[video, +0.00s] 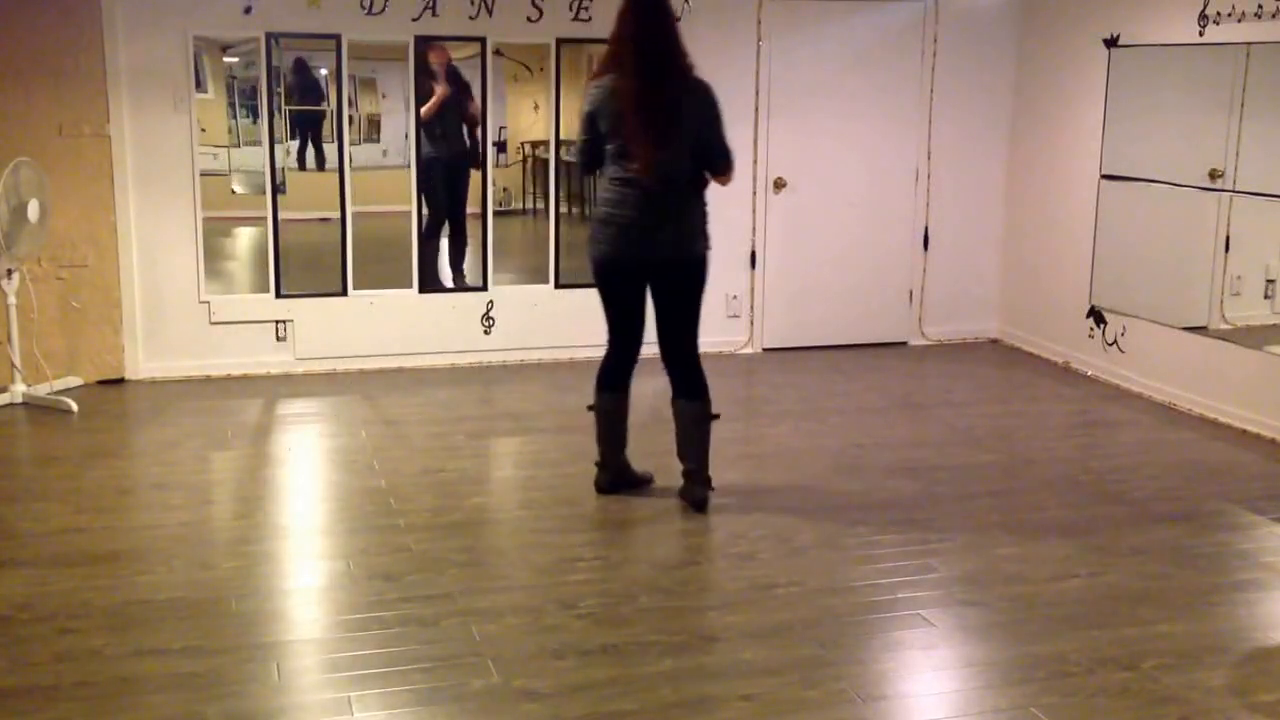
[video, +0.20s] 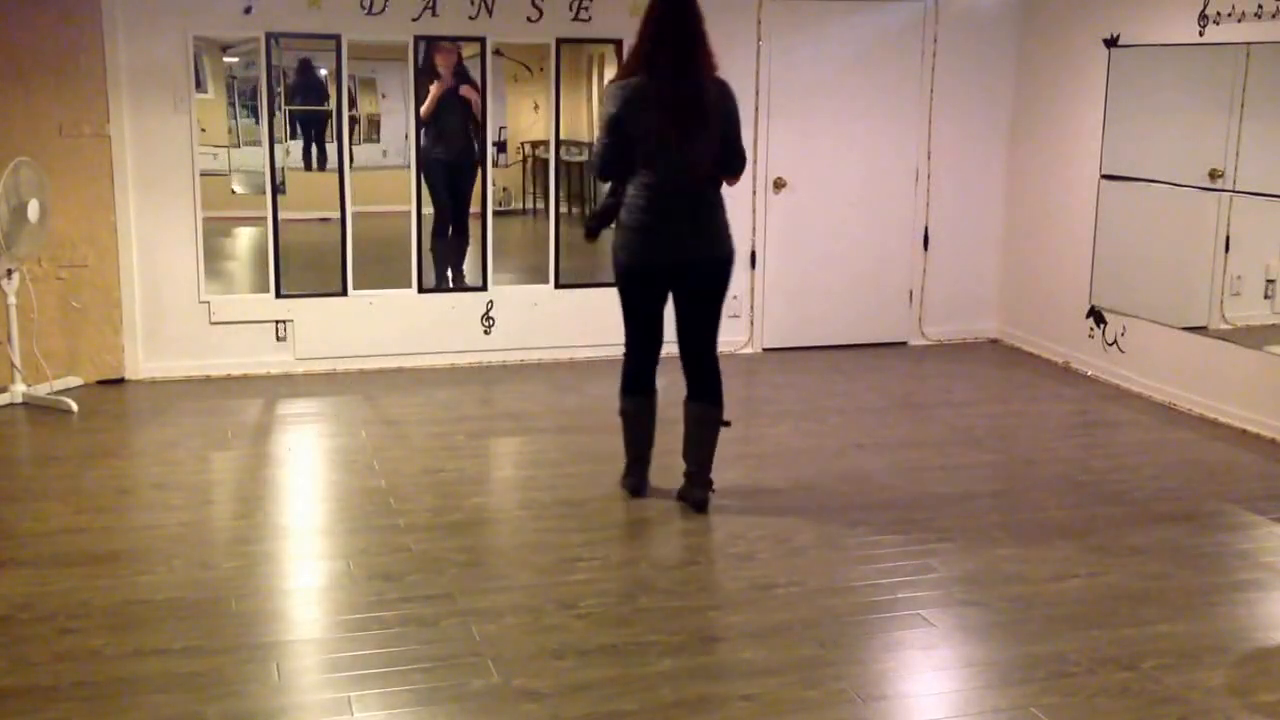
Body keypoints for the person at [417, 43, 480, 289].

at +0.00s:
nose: (441, 55)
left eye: (444, 50)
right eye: (435, 51)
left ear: (449, 55)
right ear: (426, 56)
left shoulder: (456, 79)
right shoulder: (420, 81)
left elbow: (473, 116)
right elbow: (417, 118)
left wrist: (472, 111)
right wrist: (439, 95)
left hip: (458, 155)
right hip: (431, 157)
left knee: (458, 217)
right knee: (438, 215)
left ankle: (458, 273)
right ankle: (428, 276)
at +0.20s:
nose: (447, 55)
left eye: (451, 50)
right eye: (441, 50)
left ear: (458, 55)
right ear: (432, 55)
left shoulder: (467, 83)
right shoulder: (424, 81)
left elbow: (483, 119)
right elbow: (419, 119)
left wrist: (474, 98)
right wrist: (433, 95)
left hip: (465, 156)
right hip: (434, 156)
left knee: (460, 214)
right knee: (443, 212)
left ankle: (458, 269)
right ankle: (440, 273)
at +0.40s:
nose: (449, 57)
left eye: (454, 52)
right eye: (444, 51)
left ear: (460, 55)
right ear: (434, 54)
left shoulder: (469, 83)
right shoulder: (424, 81)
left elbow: (481, 121)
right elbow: (419, 119)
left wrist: (472, 98)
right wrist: (432, 95)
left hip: (466, 157)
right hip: (435, 156)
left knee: (462, 216)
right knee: (443, 213)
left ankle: (458, 273)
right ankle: (439, 275)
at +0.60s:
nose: (449, 57)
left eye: (453, 53)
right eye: (444, 52)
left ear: (458, 57)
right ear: (433, 56)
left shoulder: (469, 85)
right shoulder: (424, 82)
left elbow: (480, 119)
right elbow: (418, 119)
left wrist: (466, 96)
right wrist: (431, 99)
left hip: (466, 157)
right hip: (435, 156)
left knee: (461, 216)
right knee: (435, 212)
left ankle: (458, 272)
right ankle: (420, 270)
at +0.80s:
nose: (441, 55)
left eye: (443, 51)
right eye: (436, 51)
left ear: (448, 55)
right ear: (425, 56)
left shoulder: (462, 86)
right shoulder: (418, 85)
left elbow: (476, 124)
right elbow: (407, 125)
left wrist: (457, 108)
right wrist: (430, 125)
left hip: (460, 156)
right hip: (430, 157)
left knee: (459, 215)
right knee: (420, 212)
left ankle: (459, 274)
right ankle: (399, 271)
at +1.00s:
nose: (428, 55)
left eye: (431, 50)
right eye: (422, 51)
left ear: (435, 54)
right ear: (414, 55)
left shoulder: (450, 85)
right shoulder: (404, 85)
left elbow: (462, 121)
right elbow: (395, 125)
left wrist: (455, 138)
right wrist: (407, 149)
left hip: (446, 156)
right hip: (415, 157)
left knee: (451, 214)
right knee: (409, 215)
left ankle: (459, 276)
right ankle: (398, 274)